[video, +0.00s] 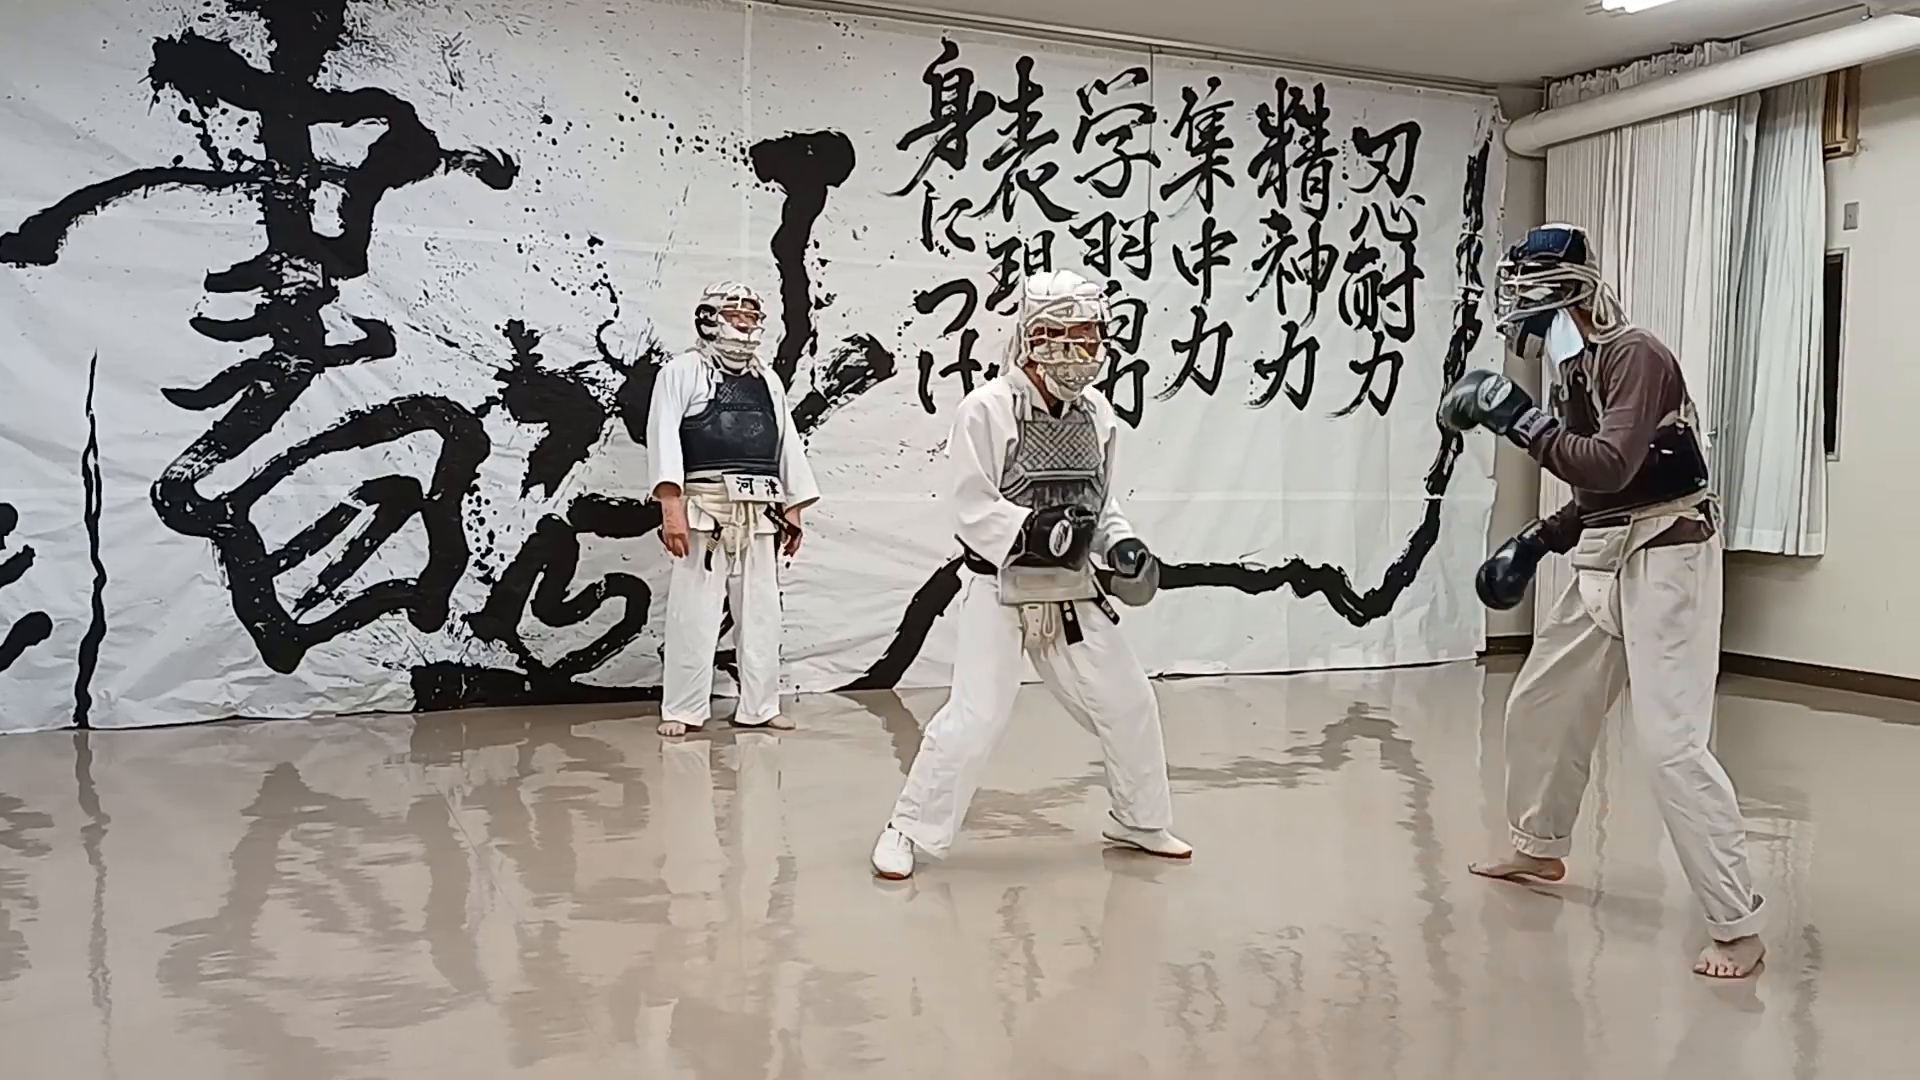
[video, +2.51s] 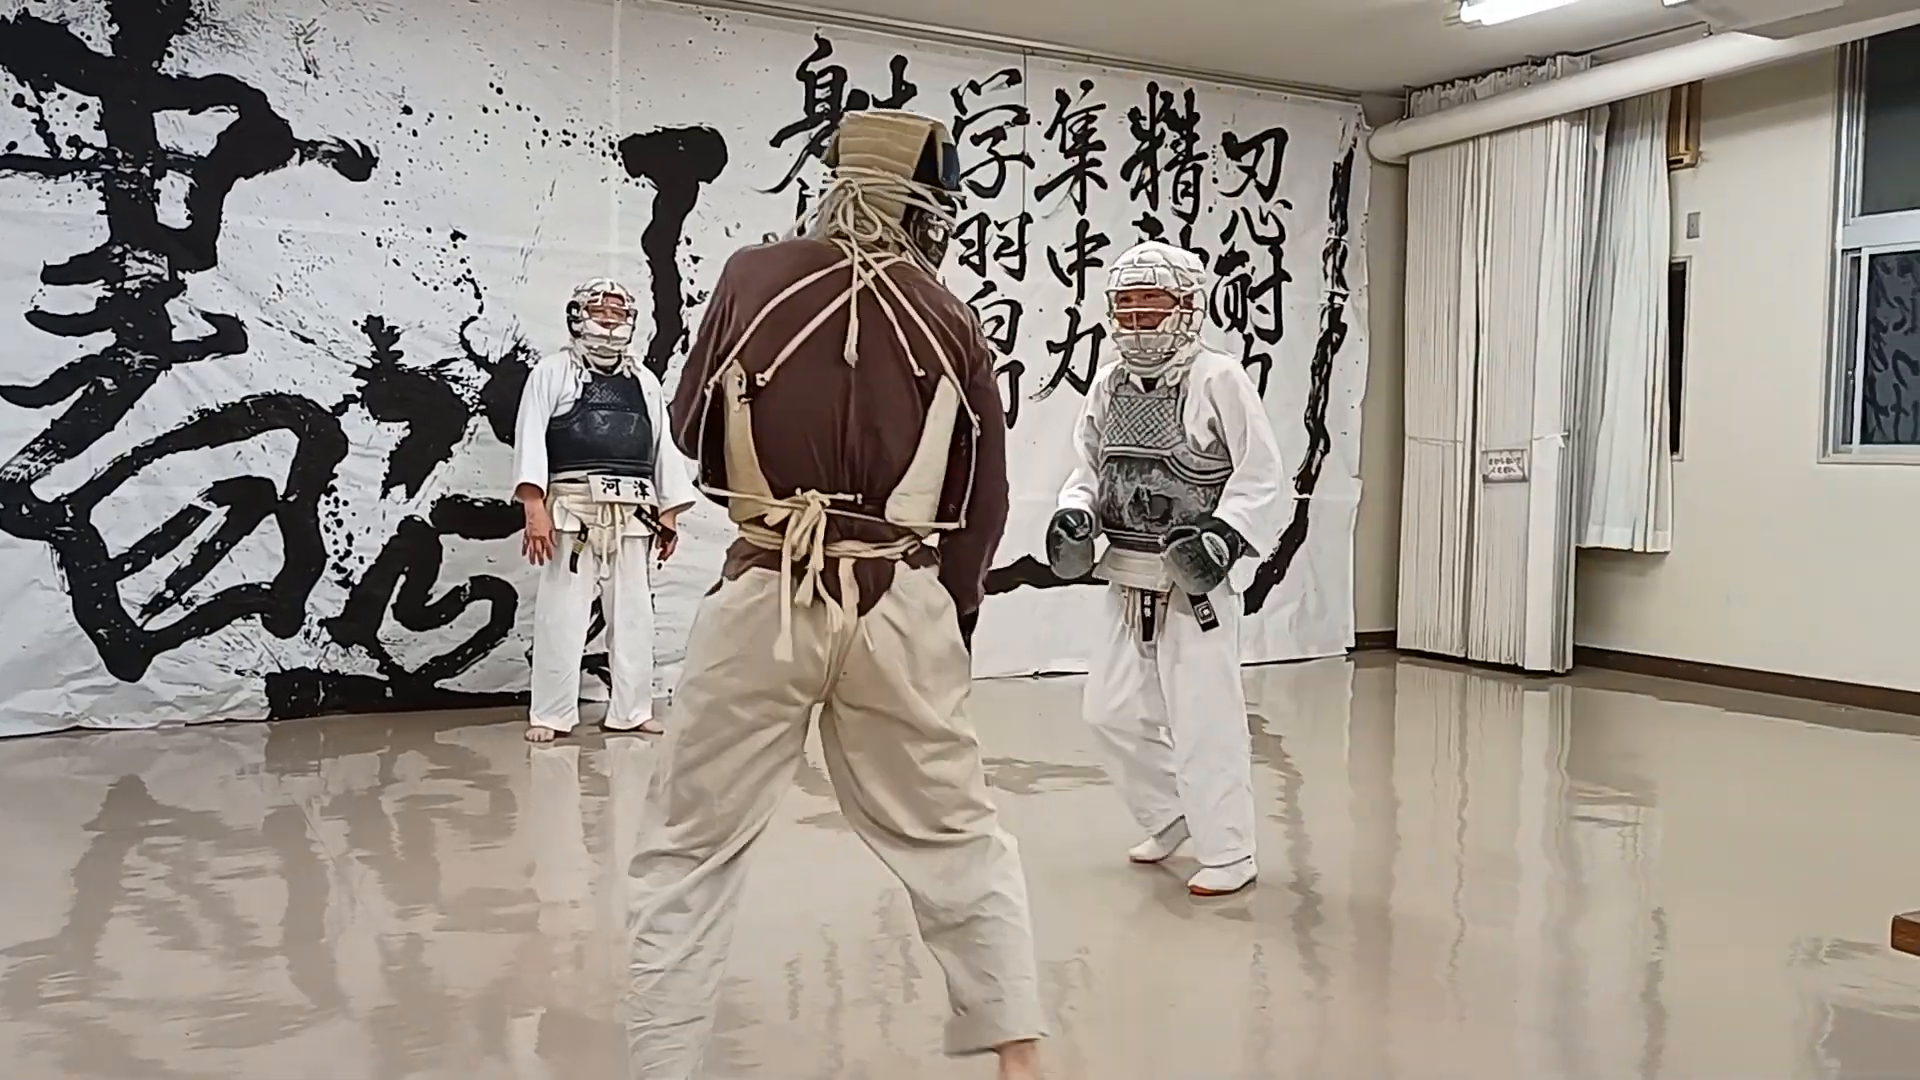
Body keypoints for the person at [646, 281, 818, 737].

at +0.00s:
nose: (744, 323)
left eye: (751, 317)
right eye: (734, 314)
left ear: (758, 325)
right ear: (710, 319)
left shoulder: (767, 378)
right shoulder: (682, 370)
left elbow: (787, 445)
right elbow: (664, 440)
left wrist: (793, 507)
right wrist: (671, 508)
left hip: (760, 509)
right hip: (700, 508)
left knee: (762, 614)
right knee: (692, 615)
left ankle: (759, 709)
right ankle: (682, 713)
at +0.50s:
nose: (734, 320)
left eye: (742, 314)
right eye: (724, 312)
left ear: (750, 323)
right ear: (702, 317)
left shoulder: (759, 379)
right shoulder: (674, 371)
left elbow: (779, 446)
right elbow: (655, 441)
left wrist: (784, 510)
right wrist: (662, 509)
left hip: (752, 510)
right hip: (692, 509)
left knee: (755, 614)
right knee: (685, 615)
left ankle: (751, 708)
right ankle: (675, 713)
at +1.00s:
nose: (713, 320)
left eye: (721, 314)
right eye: (703, 312)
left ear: (729, 323)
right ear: (680, 318)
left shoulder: (740, 379)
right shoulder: (654, 372)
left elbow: (760, 447)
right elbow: (634, 442)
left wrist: (766, 511)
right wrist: (641, 510)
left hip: (733, 511)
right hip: (671, 510)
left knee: (736, 615)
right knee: (664, 616)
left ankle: (732, 709)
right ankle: (655, 714)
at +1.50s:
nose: (692, 320)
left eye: (700, 314)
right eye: (682, 312)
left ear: (708, 322)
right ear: (661, 318)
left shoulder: (722, 378)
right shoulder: (635, 369)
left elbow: (743, 446)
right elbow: (615, 439)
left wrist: (748, 511)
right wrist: (622, 507)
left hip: (714, 510)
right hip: (652, 509)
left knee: (716, 616)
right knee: (645, 617)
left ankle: (712, 709)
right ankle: (635, 715)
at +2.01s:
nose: (641, 317)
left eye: (649, 311)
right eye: (631, 309)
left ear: (658, 320)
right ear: (610, 315)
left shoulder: (673, 377)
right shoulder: (583, 370)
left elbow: (693, 447)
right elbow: (562, 440)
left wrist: (698, 513)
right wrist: (568, 508)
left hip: (663, 511)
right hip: (599, 509)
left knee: (664, 617)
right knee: (592, 618)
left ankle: (660, 711)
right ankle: (582, 716)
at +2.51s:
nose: (610, 318)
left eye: (619, 312)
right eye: (600, 309)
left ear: (629, 322)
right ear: (579, 316)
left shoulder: (644, 379)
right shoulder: (552, 371)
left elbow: (664, 449)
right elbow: (530, 442)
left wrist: (668, 513)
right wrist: (535, 509)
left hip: (633, 511)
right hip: (568, 510)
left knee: (634, 617)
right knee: (560, 618)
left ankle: (631, 711)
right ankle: (550, 716)